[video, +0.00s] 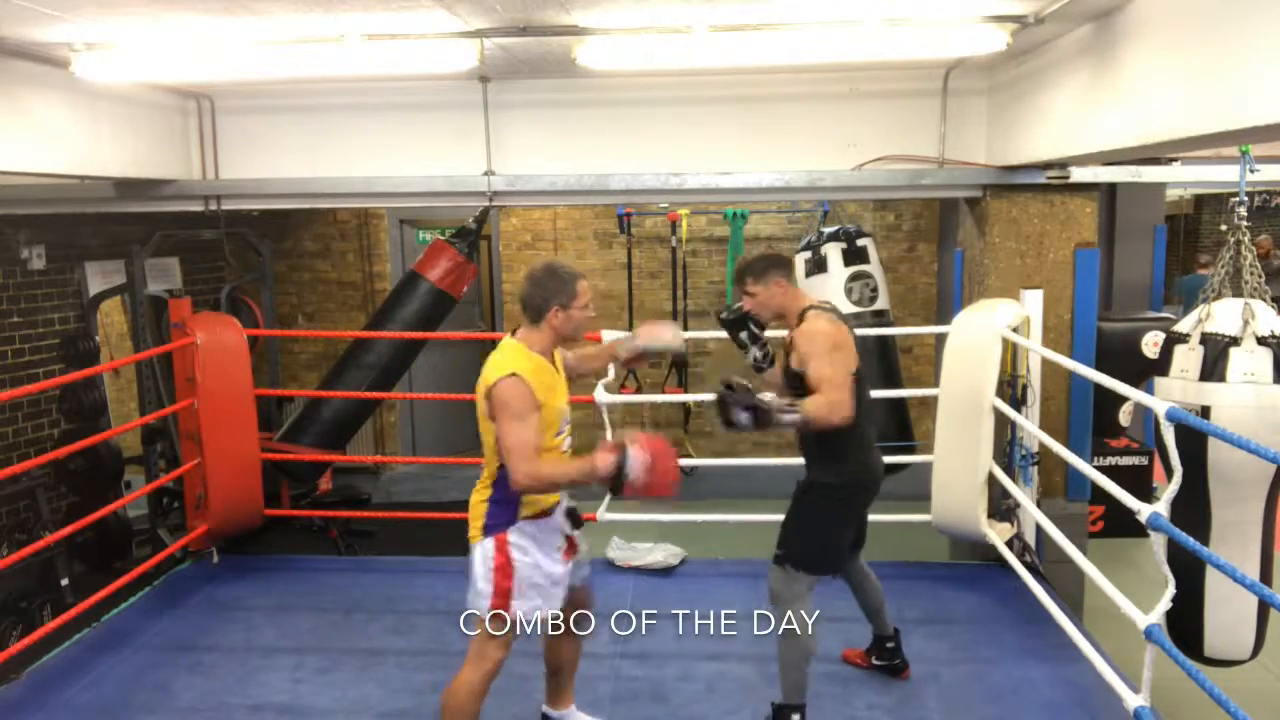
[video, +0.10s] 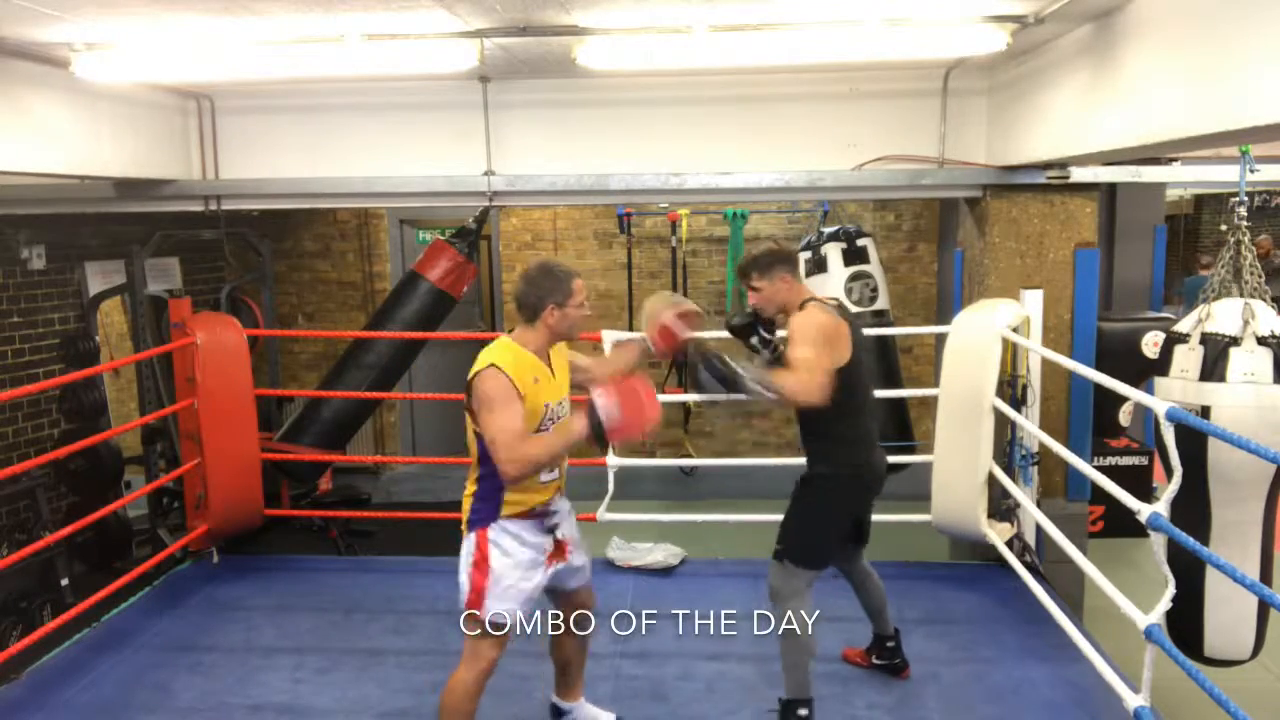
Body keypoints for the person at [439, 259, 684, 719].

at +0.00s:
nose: (590, 314)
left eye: (589, 304)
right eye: (584, 306)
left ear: (552, 313)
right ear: (555, 315)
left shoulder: (545, 352)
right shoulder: (512, 380)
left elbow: (576, 362)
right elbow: (524, 473)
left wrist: (631, 344)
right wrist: (599, 464)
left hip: (548, 515)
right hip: (508, 527)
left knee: (574, 610)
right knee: (488, 653)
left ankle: (559, 708)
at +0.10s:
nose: (587, 312)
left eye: (585, 302)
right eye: (580, 304)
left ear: (551, 314)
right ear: (551, 314)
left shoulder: (555, 352)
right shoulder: (495, 373)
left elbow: (600, 370)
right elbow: (512, 462)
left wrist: (651, 342)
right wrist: (587, 421)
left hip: (551, 513)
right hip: (500, 526)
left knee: (578, 609)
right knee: (483, 652)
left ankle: (568, 704)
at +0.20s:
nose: (588, 311)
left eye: (587, 301)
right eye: (581, 303)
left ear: (552, 312)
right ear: (553, 312)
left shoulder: (558, 355)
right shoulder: (502, 373)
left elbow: (586, 410)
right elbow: (539, 451)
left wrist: (645, 390)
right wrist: (583, 391)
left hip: (549, 517)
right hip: (501, 531)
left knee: (570, 617)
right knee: (486, 659)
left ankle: (571, 708)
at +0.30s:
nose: (596, 312)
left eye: (595, 302)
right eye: (591, 303)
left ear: (550, 309)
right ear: (566, 309)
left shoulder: (519, 353)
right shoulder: (548, 367)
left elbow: (552, 434)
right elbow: (599, 431)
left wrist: (616, 426)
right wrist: (631, 388)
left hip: (542, 519)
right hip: (515, 526)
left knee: (569, 612)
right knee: (494, 657)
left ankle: (570, 708)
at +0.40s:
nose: (605, 311)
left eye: (604, 301)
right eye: (600, 302)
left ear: (566, 307)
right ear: (574, 307)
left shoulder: (537, 355)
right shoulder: (549, 363)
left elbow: (552, 443)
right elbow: (612, 433)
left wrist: (608, 451)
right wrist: (652, 374)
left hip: (555, 519)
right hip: (520, 528)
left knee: (576, 612)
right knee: (500, 655)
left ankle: (570, 708)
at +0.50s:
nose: (617, 314)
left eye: (616, 304)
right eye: (611, 304)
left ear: (583, 307)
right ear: (583, 307)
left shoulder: (584, 358)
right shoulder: (531, 361)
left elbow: (583, 411)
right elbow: (560, 434)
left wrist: (633, 399)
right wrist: (624, 399)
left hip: (569, 514)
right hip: (521, 523)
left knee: (588, 609)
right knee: (505, 656)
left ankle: (573, 708)